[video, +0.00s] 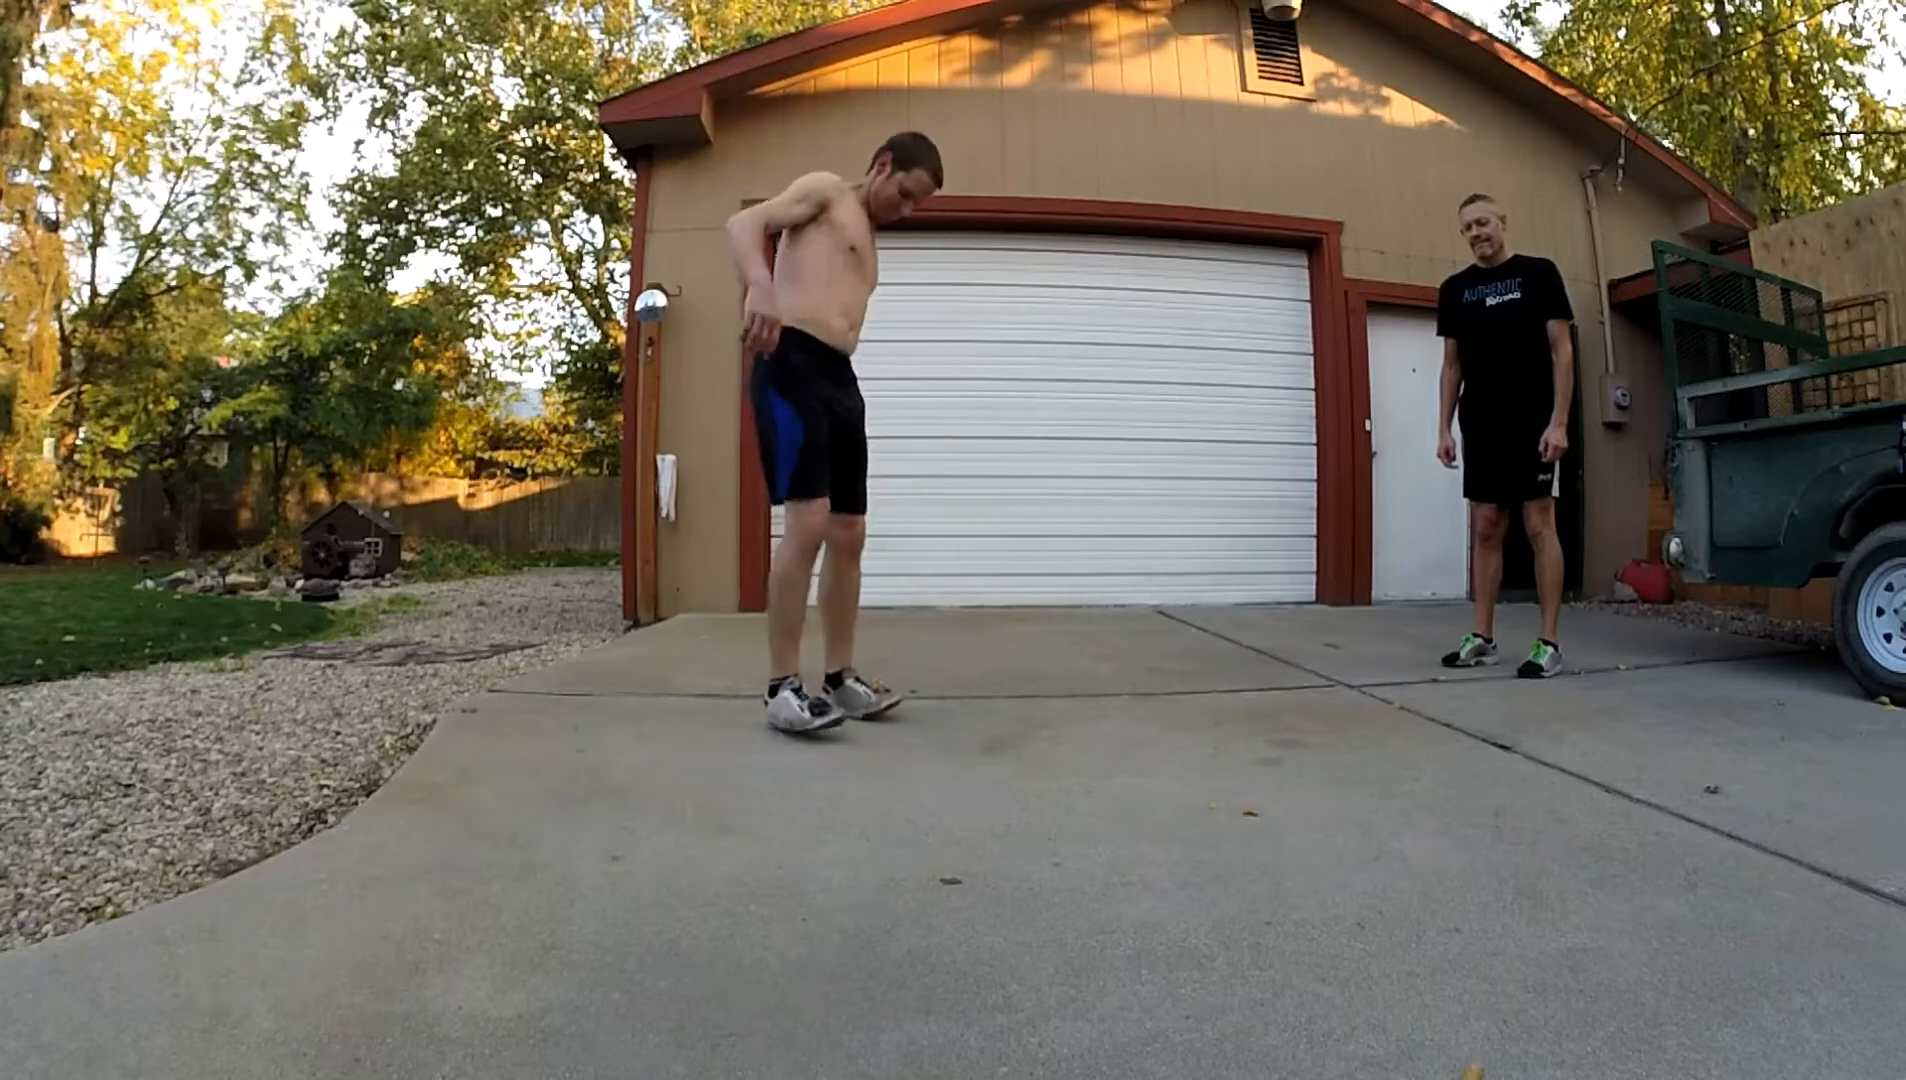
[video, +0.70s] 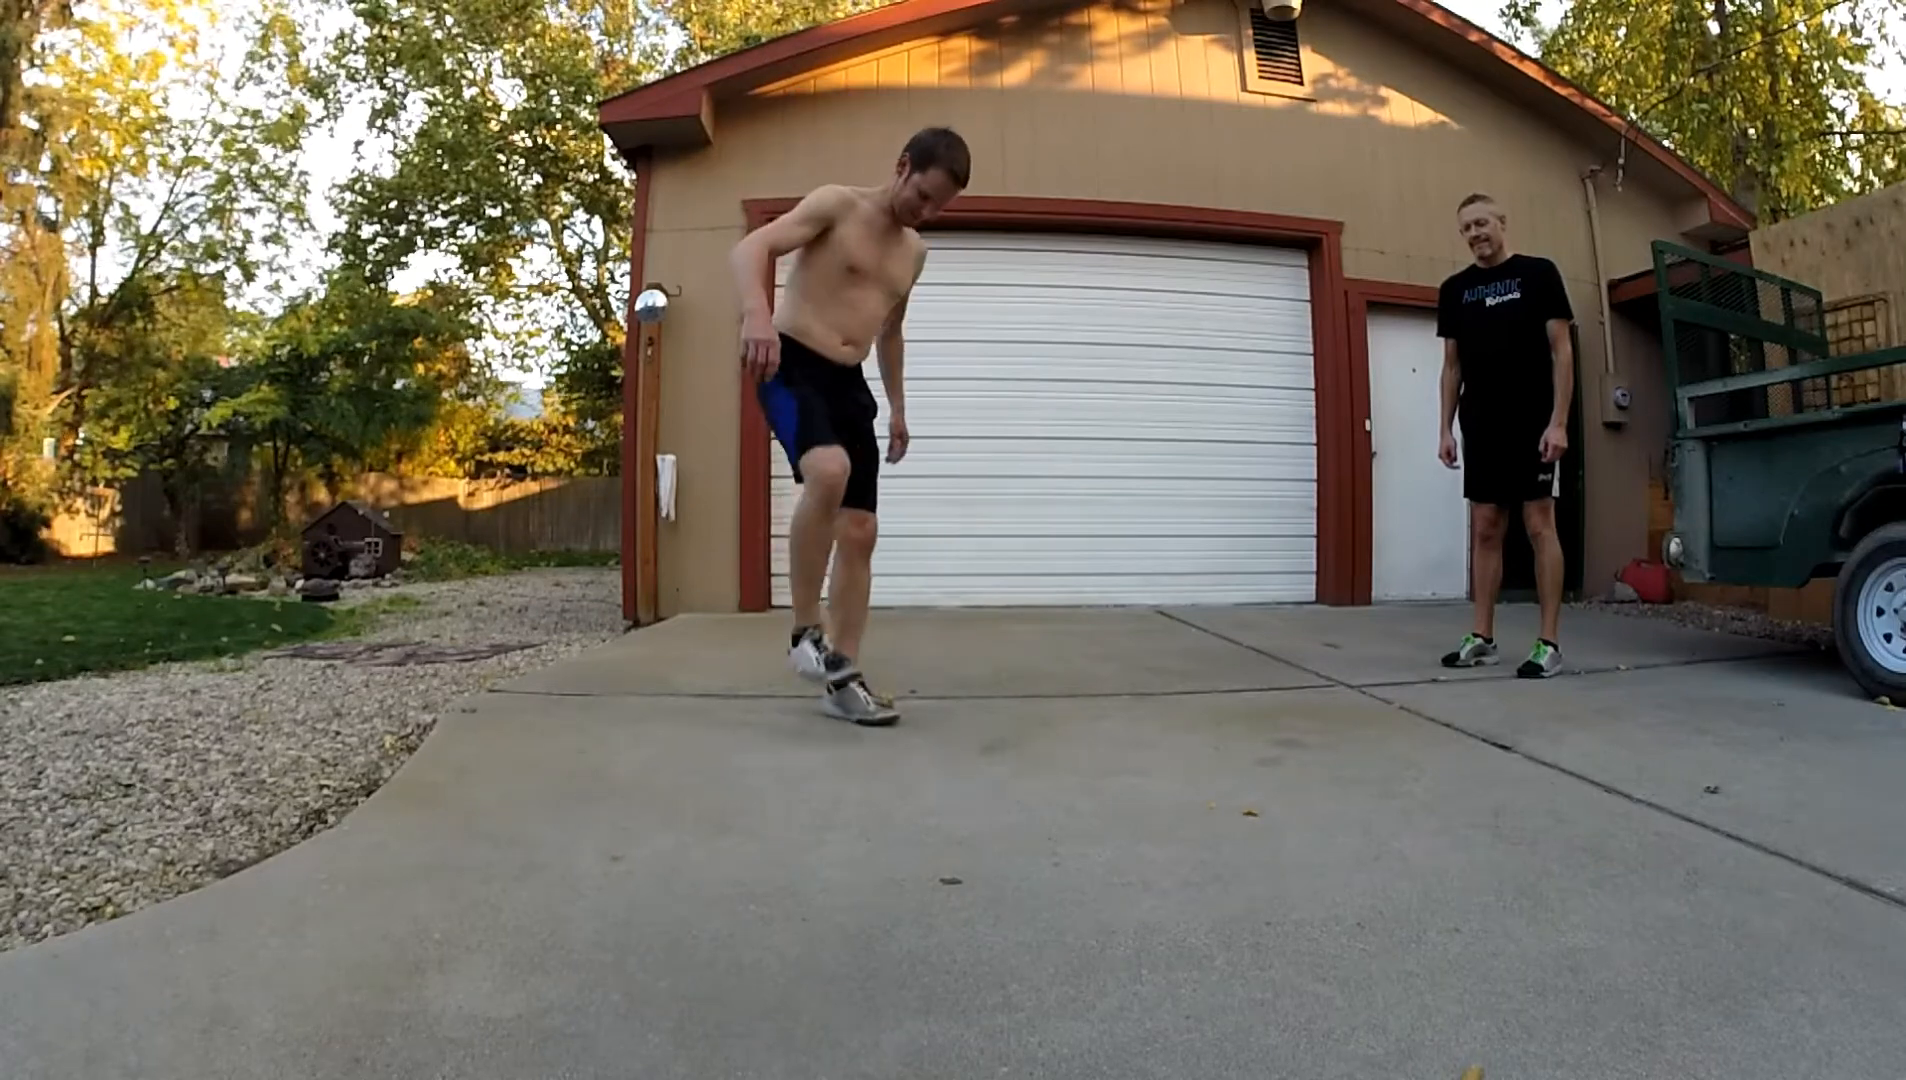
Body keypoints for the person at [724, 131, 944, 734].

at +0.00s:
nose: (907, 211)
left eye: (915, 204)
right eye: (907, 196)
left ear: (898, 185)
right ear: (883, 166)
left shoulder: (866, 234)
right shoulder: (827, 187)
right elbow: (744, 222)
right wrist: (761, 284)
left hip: (838, 372)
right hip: (792, 360)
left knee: (848, 532)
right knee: (808, 523)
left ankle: (839, 680)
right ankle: (783, 690)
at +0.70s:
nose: (926, 212)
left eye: (939, 205)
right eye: (923, 196)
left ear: (947, 198)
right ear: (902, 168)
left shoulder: (914, 251)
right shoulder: (836, 204)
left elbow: (891, 329)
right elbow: (751, 247)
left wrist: (896, 408)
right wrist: (757, 315)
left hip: (850, 382)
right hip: (791, 361)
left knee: (860, 530)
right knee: (829, 471)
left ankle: (843, 674)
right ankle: (805, 634)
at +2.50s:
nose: (839, 112)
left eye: (850, 98)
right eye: (827, 96)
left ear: (864, 82)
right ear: (791, 71)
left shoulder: (867, 131)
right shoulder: (747, 162)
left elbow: (887, 217)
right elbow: (715, 277)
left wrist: (931, 291)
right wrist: (713, 379)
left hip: (889, 346)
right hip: (818, 353)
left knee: (919, 521)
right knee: (826, 534)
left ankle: (921, 698)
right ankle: (825, 721)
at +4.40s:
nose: (1000, 122)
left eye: (1009, 112)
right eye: (989, 107)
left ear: (1013, 119)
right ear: (951, 102)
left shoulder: (986, 200)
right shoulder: (903, 164)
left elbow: (961, 288)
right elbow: (822, 242)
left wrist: (1014, 339)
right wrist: (858, 306)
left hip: (954, 358)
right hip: (900, 347)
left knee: (976, 533)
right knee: (1010, 442)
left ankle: (919, 699)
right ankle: (1008, 652)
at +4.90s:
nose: (1025, 128)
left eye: (1034, 119)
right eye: (1014, 113)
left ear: (1038, 125)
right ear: (979, 109)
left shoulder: (1014, 202)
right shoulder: (931, 164)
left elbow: (983, 284)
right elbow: (856, 238)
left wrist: (1035, 327)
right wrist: (898, 287)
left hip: (964, 348)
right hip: (912, 333)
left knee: (988, 517)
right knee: (1028, 387)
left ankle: (954, 681)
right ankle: (1026, 580)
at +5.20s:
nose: (1026, 153)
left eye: (1036, 143)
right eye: (1015, 138)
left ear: (1043, 148)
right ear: (982, 130)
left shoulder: (1020, 224)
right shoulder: (927, 186)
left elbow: (1016, 299)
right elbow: (839, 250)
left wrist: (1052, 320)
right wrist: (866, 301)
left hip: (960, 370)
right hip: (903, 350)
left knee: (976, 521)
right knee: (1022, 318)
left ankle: (951, 686)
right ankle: (1102, 479)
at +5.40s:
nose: (1014, 128)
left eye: (1023, 119)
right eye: (1003, 113)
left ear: (1028, 124)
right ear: (970, 108)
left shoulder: (1008, 196)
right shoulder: (917, 165)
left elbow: (991, 279)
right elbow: (835, 233)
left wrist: (1032, 316)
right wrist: (868, 283)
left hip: (949, 345)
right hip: (897, 330)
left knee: (961, 513)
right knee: (995, 369)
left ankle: (925, 673)